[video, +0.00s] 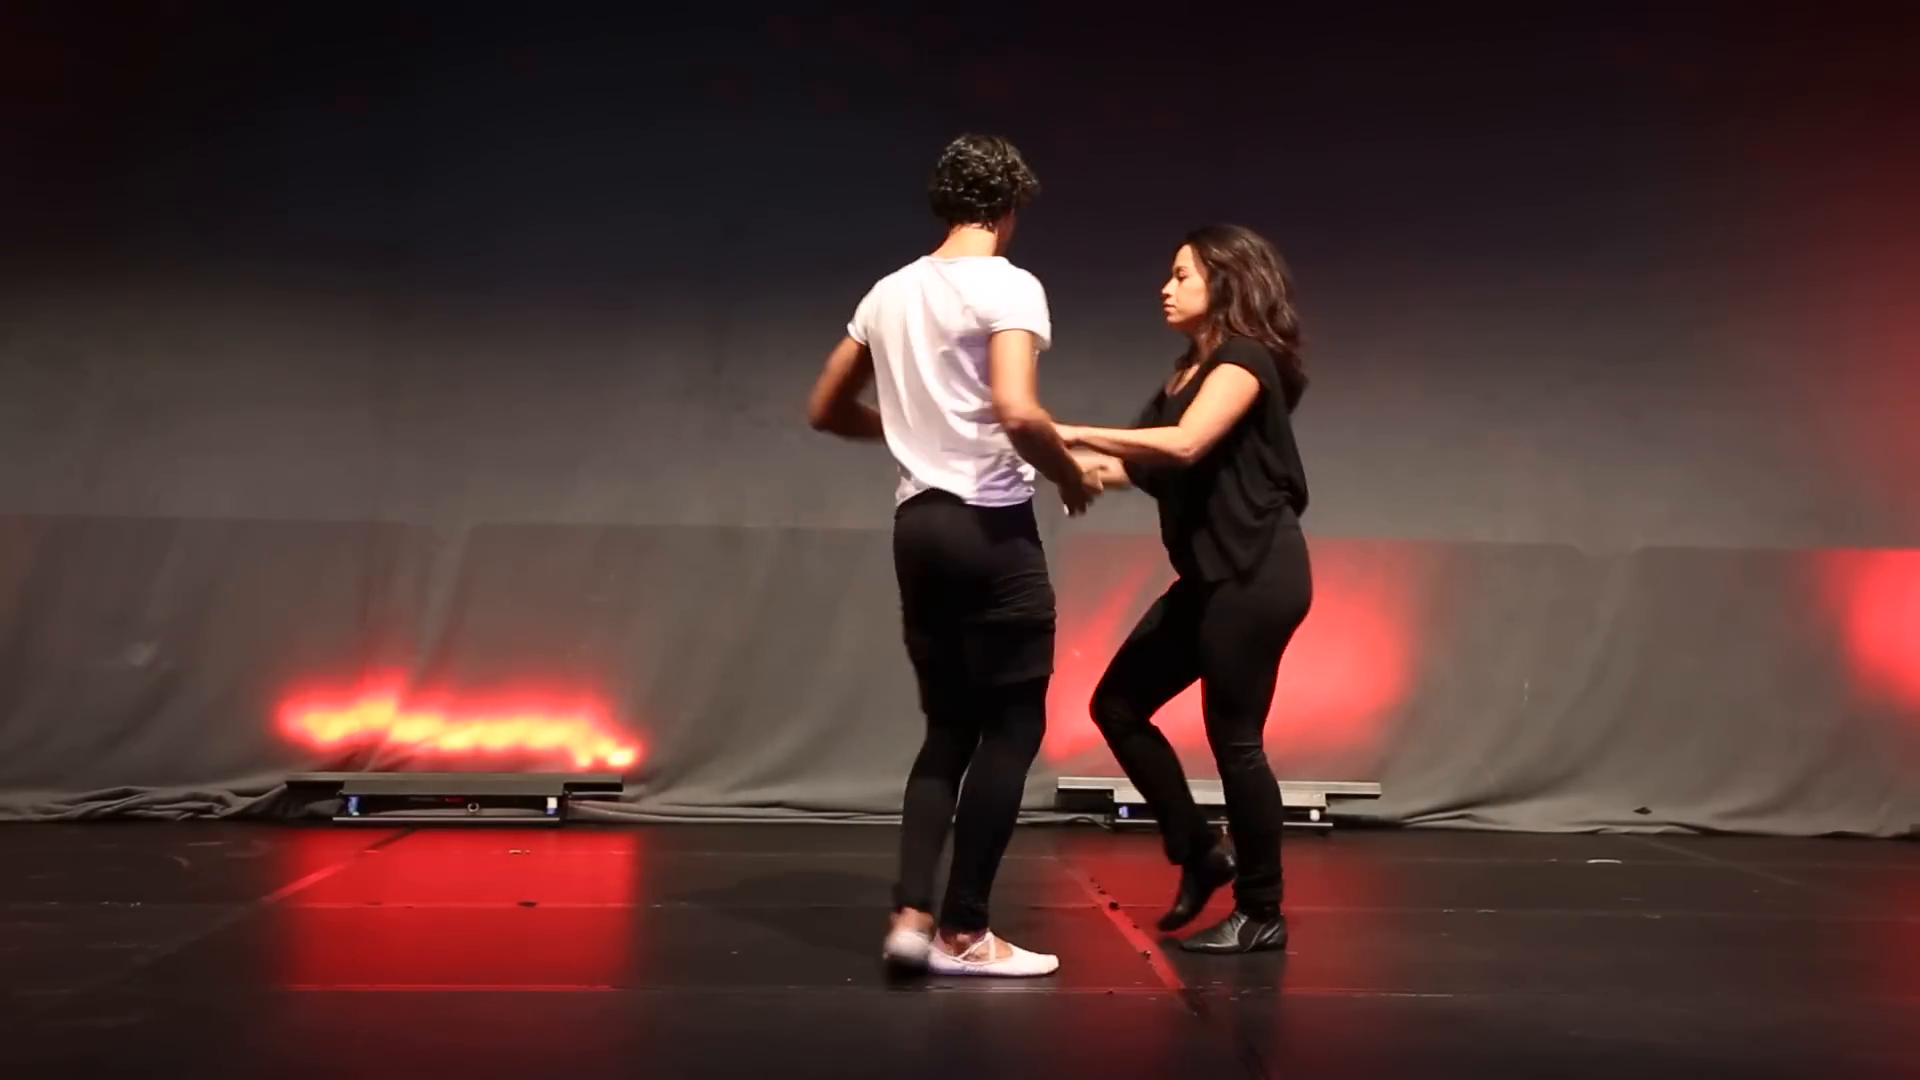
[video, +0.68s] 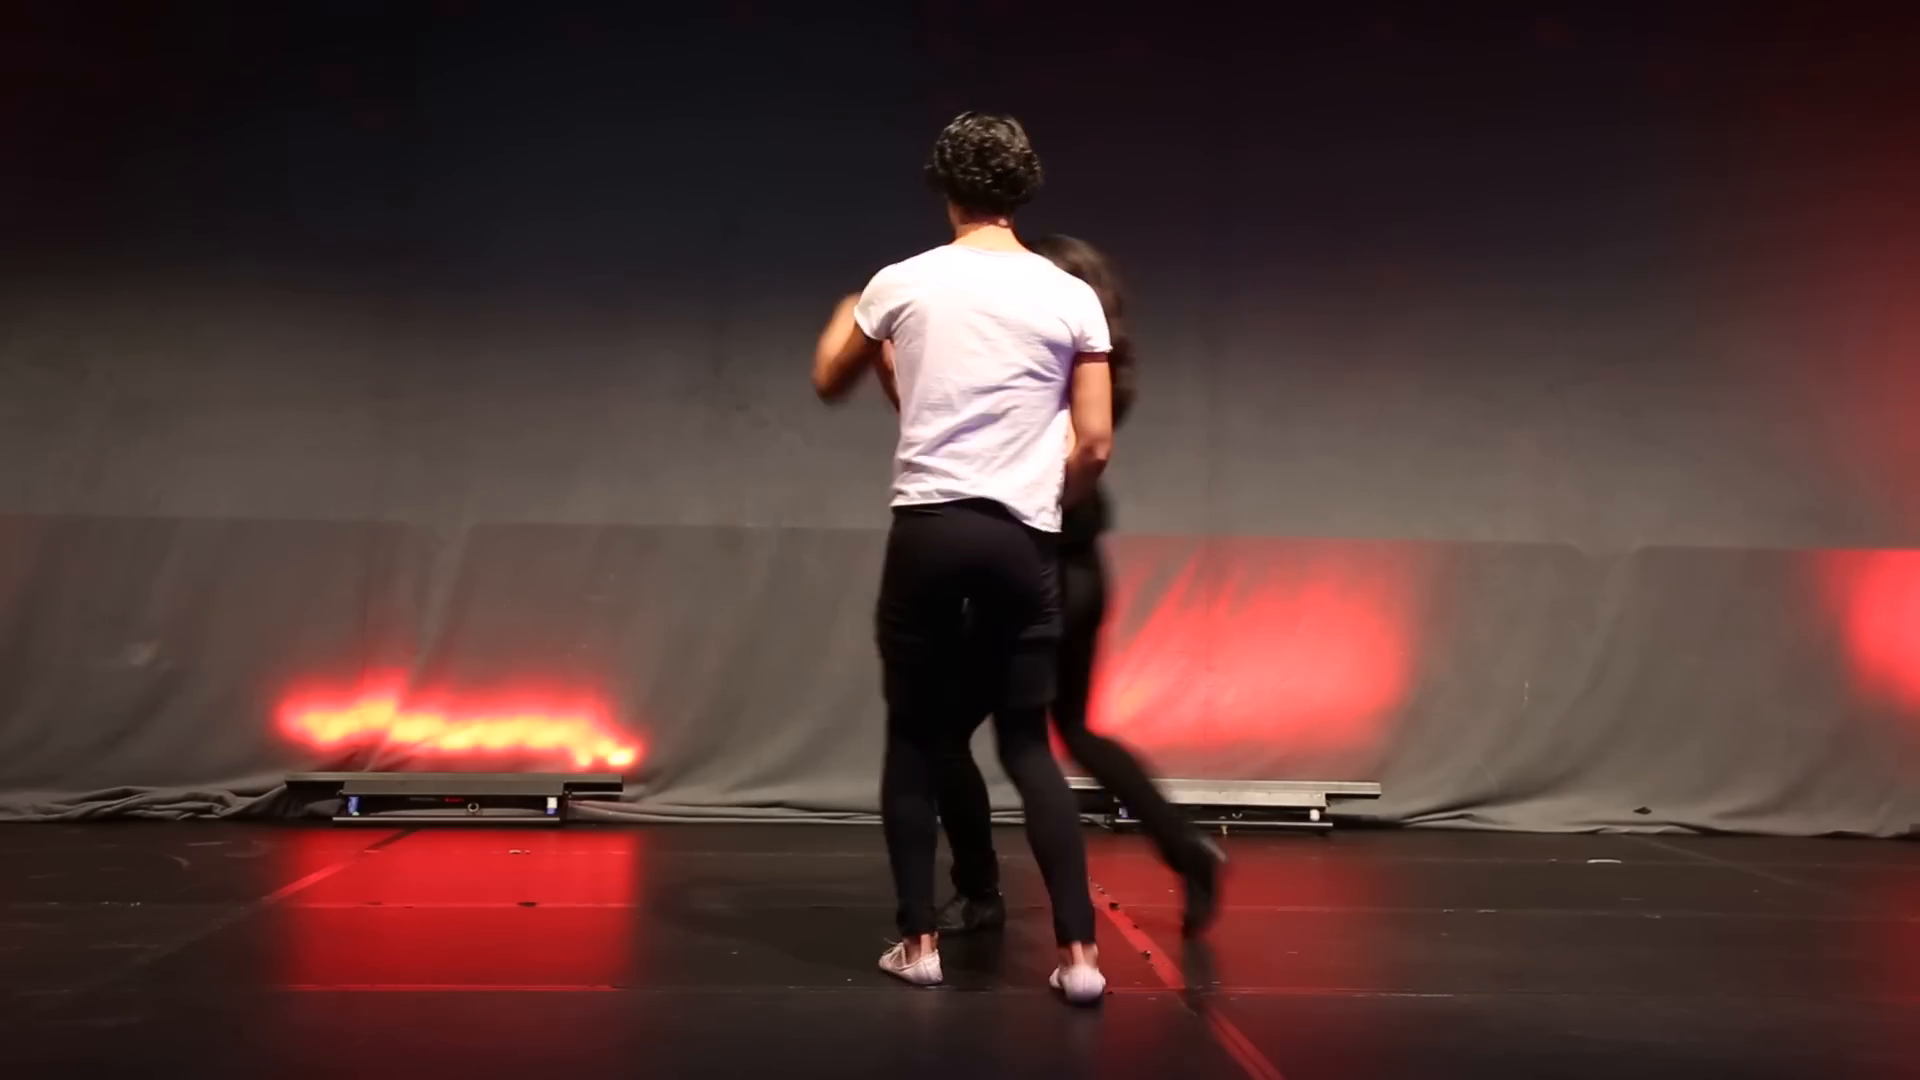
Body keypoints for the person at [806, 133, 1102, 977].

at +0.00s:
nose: (1018, 227)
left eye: (1016, 216)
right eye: (1018, 216)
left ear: (940, 207)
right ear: (1007, 213)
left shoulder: (887, 294)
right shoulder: (1009, 285)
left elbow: (828, 409)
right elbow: (1016, 410)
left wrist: (914, 422)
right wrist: (1070, 473)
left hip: (919, 533)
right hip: (994, 534)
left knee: (947, 727)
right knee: (1014, 727)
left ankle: (913, 916)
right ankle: (965, 934)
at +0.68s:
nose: (950, 201)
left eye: (945, 187)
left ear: (943, 193)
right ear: (1022, 194)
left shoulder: (899, 285)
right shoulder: (1073, 297)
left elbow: (828, 379)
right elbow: (1094, 440)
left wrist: (860, 309)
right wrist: (1039, 492)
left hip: (925, 538)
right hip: (1023, 540)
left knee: (915, 740)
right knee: (1030, 744)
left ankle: (920, 942)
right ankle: (1078, 952)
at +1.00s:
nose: (924, 204)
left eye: (931, 190)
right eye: (928, 191)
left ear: (954, 191)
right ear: (1014, 197)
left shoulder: (917, 274)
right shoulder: (1073, 303)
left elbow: (800, 254)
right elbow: (1102, 450)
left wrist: (831, 147)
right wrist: (1055, 519)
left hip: (973, 531)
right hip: (1067, 531)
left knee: (919, 727)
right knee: (1071, 740)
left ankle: (970, 931)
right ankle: (1087, 958)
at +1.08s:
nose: (921, 204)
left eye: (927, 190)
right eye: (923, 191)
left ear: (952, 192)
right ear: (1000, 194)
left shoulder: (922, 272)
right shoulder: (1057, 304)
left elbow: (788, 244)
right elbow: (1075, 446)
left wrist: (811, 133)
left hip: (969, 532)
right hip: (1061, 531)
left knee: (921, 732)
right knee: (1059, 740)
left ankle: (976, 935)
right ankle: (1083, 950)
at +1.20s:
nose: (905, 209)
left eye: (914, 193)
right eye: (907, 195)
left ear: (960, 194)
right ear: (976, 196)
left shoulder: (944, 273)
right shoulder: (1036, 299)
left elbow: (788, 237)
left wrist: (787, 133)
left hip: (952, 529)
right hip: (1025, 534)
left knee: (912, 737)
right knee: (979, 720)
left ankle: (974, 938)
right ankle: (1042, 850)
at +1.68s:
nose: (871, 209)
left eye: (883, 192)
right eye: (868, 195)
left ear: (926, 199)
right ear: (896, 205)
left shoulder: (983, 290)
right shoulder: (880, 322)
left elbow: (905, 264)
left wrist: (850, 153)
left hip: (991, 538)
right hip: (935, 540)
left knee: (937, 722)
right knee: (874, 717)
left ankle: (975, 929)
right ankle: (836, 899)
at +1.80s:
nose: (844, 208)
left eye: (863, 195)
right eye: (842, 193)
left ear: (911, 212)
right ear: (843, 211)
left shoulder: (963, 301)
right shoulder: (838, 332)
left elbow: (947, 292)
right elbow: (747, 413)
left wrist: (882, 176)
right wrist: (635, 419)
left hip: (984, 536)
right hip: (916, 543)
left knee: (953, 717)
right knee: (861, 715)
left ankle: (978, 926)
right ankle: (826, 904)